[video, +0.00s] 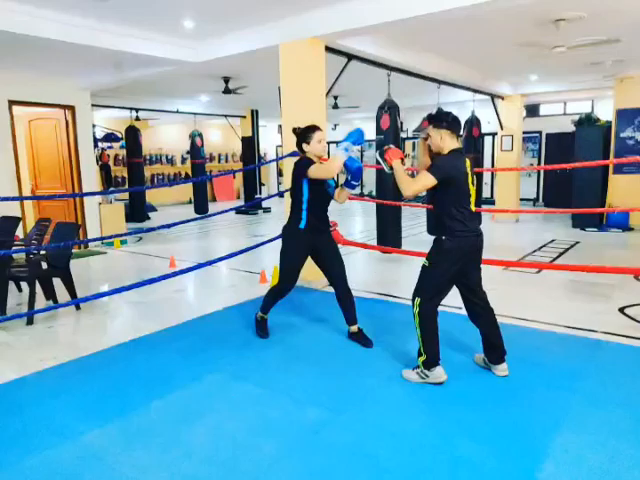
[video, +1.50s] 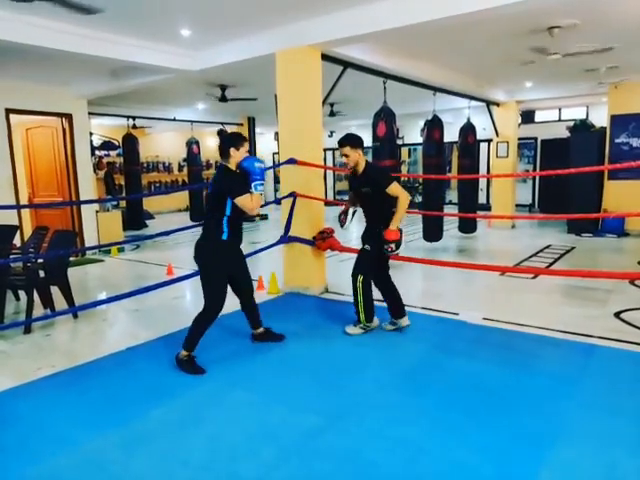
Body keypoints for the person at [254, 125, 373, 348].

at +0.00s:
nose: (325, 145)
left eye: (325, 141)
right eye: (320, 142)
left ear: (323, 143)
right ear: (306, 146)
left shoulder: (325, 168)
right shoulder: (302, 165)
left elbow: (339, 198)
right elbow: (329, 171)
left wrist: (351, 180)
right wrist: (344, 150)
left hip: (321, 234)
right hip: (297, 234)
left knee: (340, 281)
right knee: (286, 284)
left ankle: (354, 328)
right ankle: (262, 315)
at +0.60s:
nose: (318, 153)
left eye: (320, 149)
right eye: (313, 149)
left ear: (321, 150)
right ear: (298, 151)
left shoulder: (319, 171)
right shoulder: (287, 174)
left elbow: (330, 205)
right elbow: (301, 206)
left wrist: (331, 177)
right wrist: (310, 175)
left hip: (318, 235)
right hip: (293, 238)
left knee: (337, 282)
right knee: (292, 289)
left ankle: (342, 332)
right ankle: (277, 330)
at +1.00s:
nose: (297, 153)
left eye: (297, 149)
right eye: (293, 149)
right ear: (278, 150)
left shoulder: (292, 173)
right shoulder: (269, 175)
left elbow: (310, 203)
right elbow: (289, 204)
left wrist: (313, 177)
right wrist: (295, 176)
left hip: (290, 240)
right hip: (267, 242)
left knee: (310, 285)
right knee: (279, 293)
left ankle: (332, 329)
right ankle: (264, 329)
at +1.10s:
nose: (290, 148)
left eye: (291, 143)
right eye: (286, 143)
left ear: (281, 144)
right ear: (272, 144)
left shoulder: (286, 167)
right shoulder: (263, 168)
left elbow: (301, 200)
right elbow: (281, 200)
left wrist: (303, 175)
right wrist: (289, 172)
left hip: (280, 236)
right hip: (257, 237)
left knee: (299, 278)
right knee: (272, 288)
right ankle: (262, 328)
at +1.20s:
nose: (284, 150)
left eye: (285, 145)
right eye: (281, 145)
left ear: (271, 147)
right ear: (267, 146)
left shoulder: (277, 168)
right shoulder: (256, 169)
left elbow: (292, 201)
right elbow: (276, 203)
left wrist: (298, 178)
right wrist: (284, 176)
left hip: (273, 235)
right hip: (252, 235)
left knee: (289, 281)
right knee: (265, 289)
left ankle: (274, 322)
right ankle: (247, 327)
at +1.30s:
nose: (272, 158)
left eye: (271, 153)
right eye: (269, 154)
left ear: (257, 155)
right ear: (256, 155)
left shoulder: (261, 179)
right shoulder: (246, 181)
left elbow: (273, 212)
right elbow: (265, 215)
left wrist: (279, 189)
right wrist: (274, 188)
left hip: (260, 245)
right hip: (243, 245)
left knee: (280, 286)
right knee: (244, 301)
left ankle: (270, 327)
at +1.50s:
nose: (247, 156)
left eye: (247, 151)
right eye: (244, 151)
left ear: (230, 152)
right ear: (233, 152)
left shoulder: (231, 174)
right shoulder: (227, 177)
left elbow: (242, 208)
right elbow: (253, 206)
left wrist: (254, 210)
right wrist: (257, 179)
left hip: (230, 247)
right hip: (213, 249)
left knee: (246, 291)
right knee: (214, 305)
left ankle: (259, 330)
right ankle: (185, 353)